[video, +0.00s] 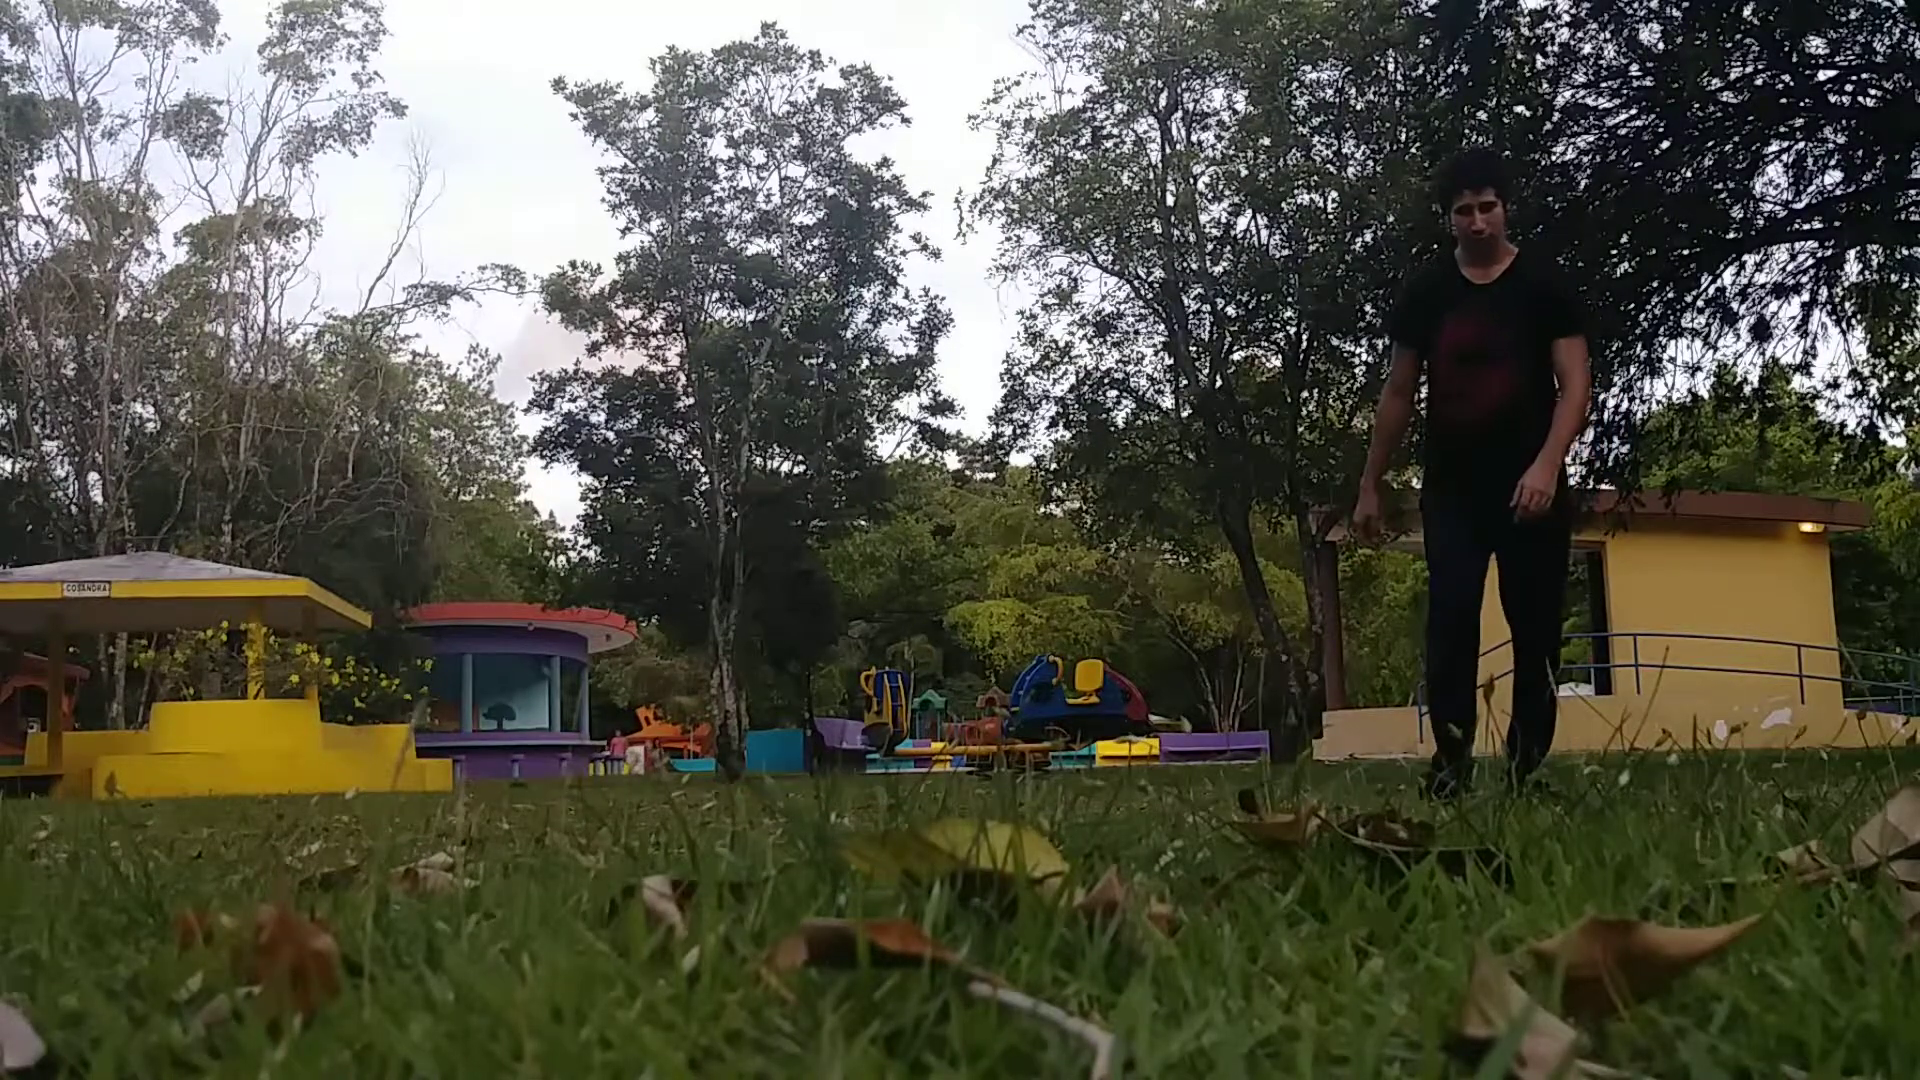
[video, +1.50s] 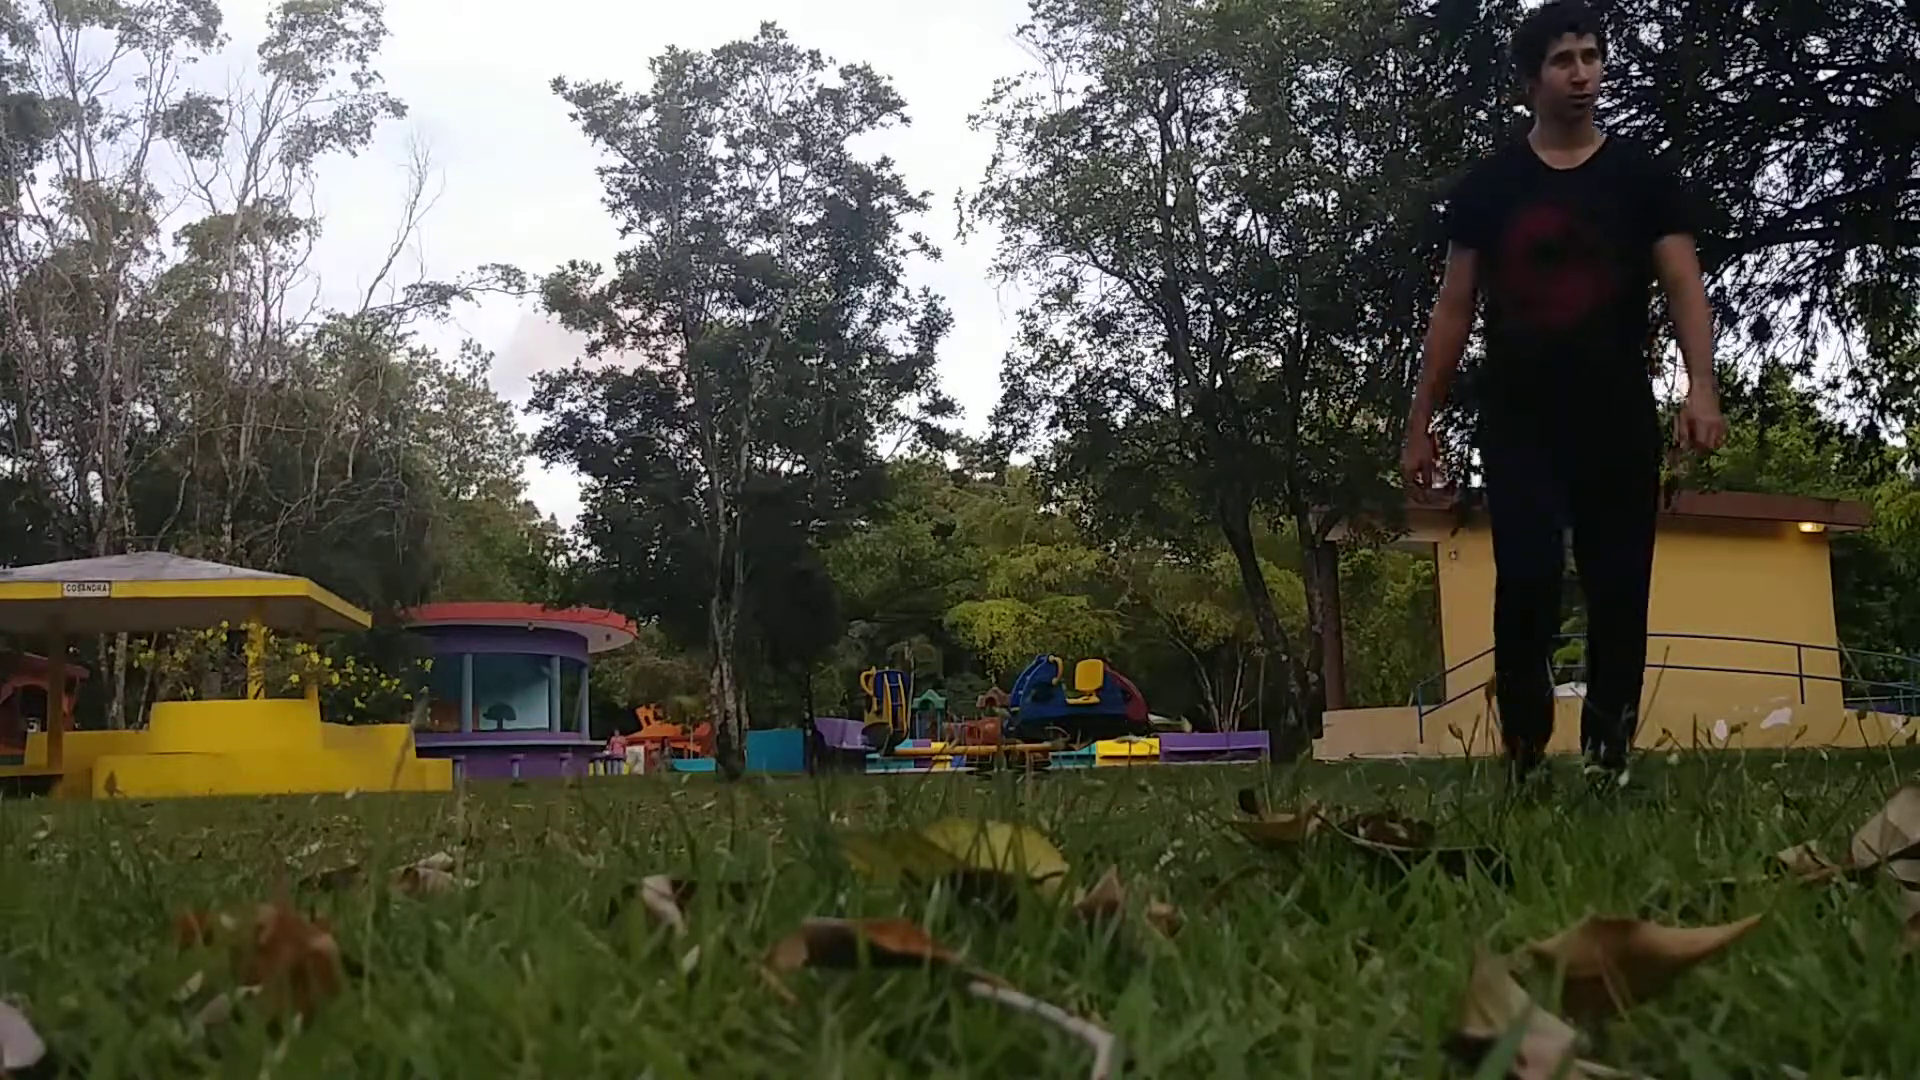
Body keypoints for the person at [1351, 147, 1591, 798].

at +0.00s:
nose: (1477, 220)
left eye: (1487, 208)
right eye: (1465, 210)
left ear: (1506, 211)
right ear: (1449, 217)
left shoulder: (1547, 286)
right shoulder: (1425, 291)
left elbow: (1576, 387)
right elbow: (1398, 390)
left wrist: (1546, 465)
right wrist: (1370, 481)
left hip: (1530, 485)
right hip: (1452, 490)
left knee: (1536, 635)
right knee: (1448, 630)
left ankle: (1526, 769)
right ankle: (1450, 767)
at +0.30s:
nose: (1447, 199)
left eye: (1456, 186)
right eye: (1434, 189)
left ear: (1477, 189)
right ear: (1417, 199)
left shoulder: (1526, 268)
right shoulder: (1401, 285)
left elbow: (1564, 373)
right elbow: (1376, 391)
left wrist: (1572, 470)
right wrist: (1354, 486)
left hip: (1525, 478)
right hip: (1445, 483)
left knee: (1535, 630)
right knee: (1455, 630)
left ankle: (1529, 766)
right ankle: (1461, 772)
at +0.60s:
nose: (1453, 158)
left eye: (1460, 145)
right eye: (1436, 150)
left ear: (1475, 150)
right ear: (1411, 164)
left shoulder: (1520, 232)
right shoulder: (1388, 250)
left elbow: (1560, 336)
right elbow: (1362, 339)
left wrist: (1586, 432)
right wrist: (1348, 422)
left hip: (1526, 448)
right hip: (1441, 456)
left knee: (1561, 591)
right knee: (1448, 614)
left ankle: (1534, 746)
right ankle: (1462, 767)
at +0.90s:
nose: (1493, 139)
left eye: (1501, 126)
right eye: (1476, 130)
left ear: (1515, 134)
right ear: (1446, 142)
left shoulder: (1549, 229)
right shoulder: (1414, 233)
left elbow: (1580, 341)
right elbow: (1404, 318)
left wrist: (1602, 443)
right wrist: (1441, 361)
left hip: (1542, 445)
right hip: (1455, 450)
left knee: (1576, 594)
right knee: (1443, 616)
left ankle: (1599, 754)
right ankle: (1460, 765)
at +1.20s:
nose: (1559, 100)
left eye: (1569, 88)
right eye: (1542, 89)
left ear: (1581, 98)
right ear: (1511, 102)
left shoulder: (1610, 204)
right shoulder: (1459, 205)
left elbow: (1643, 327)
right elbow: (1437, 320)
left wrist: (1670, 434)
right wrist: (1443, 422)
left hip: (1594, 433)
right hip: (1495, 435)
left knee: (1611, 605)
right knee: (1489, 609)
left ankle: (1608, 765)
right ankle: (1467, 759)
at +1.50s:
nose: (1581, 73)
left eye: (1591, 58)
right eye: (1563, 61)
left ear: (1604, 68)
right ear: (1529, 78)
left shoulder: (1644, 173)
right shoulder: (1487, 184)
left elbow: (1683, 283)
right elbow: (1453, 305)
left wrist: (1702, 385)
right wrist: (1421, 419)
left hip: (1618, 414)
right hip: (1519, 417)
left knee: (1619, 592)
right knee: (1525, 585)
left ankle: (1609, 758)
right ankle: (1523, 757)